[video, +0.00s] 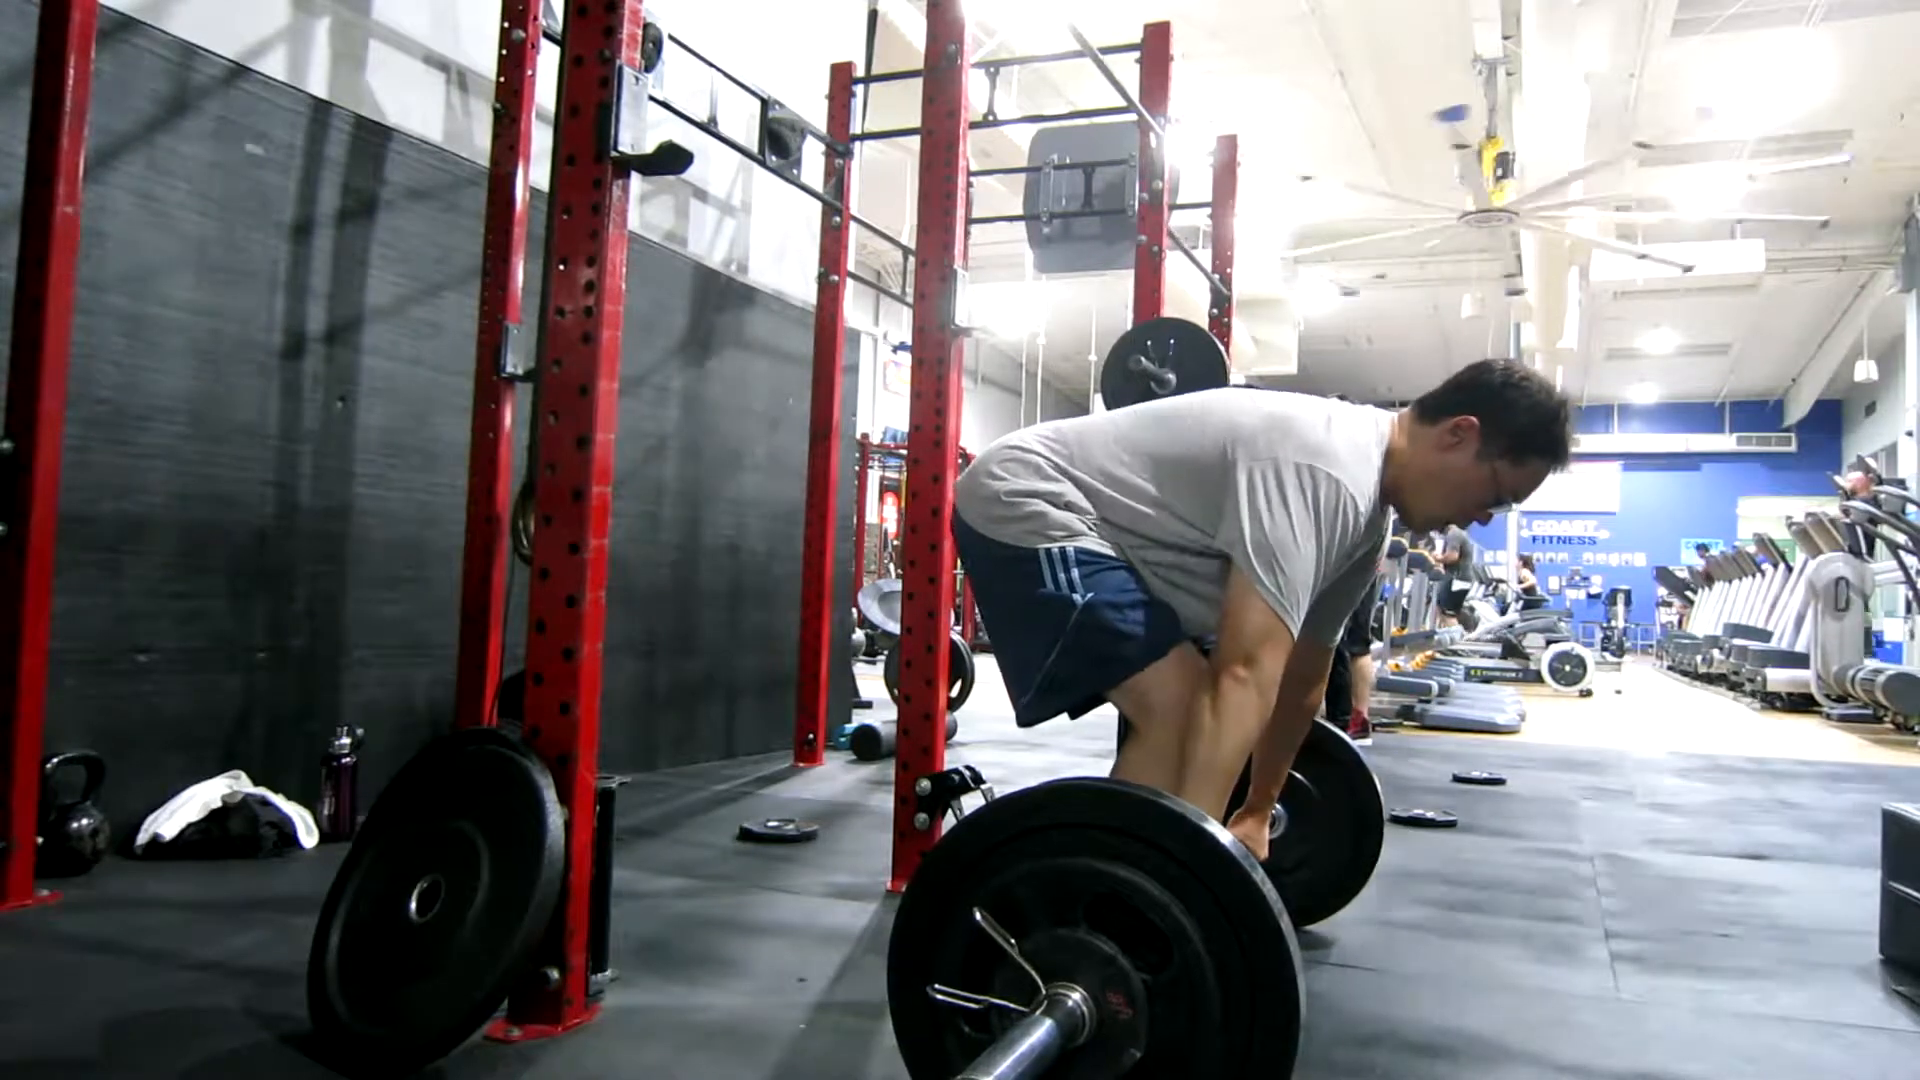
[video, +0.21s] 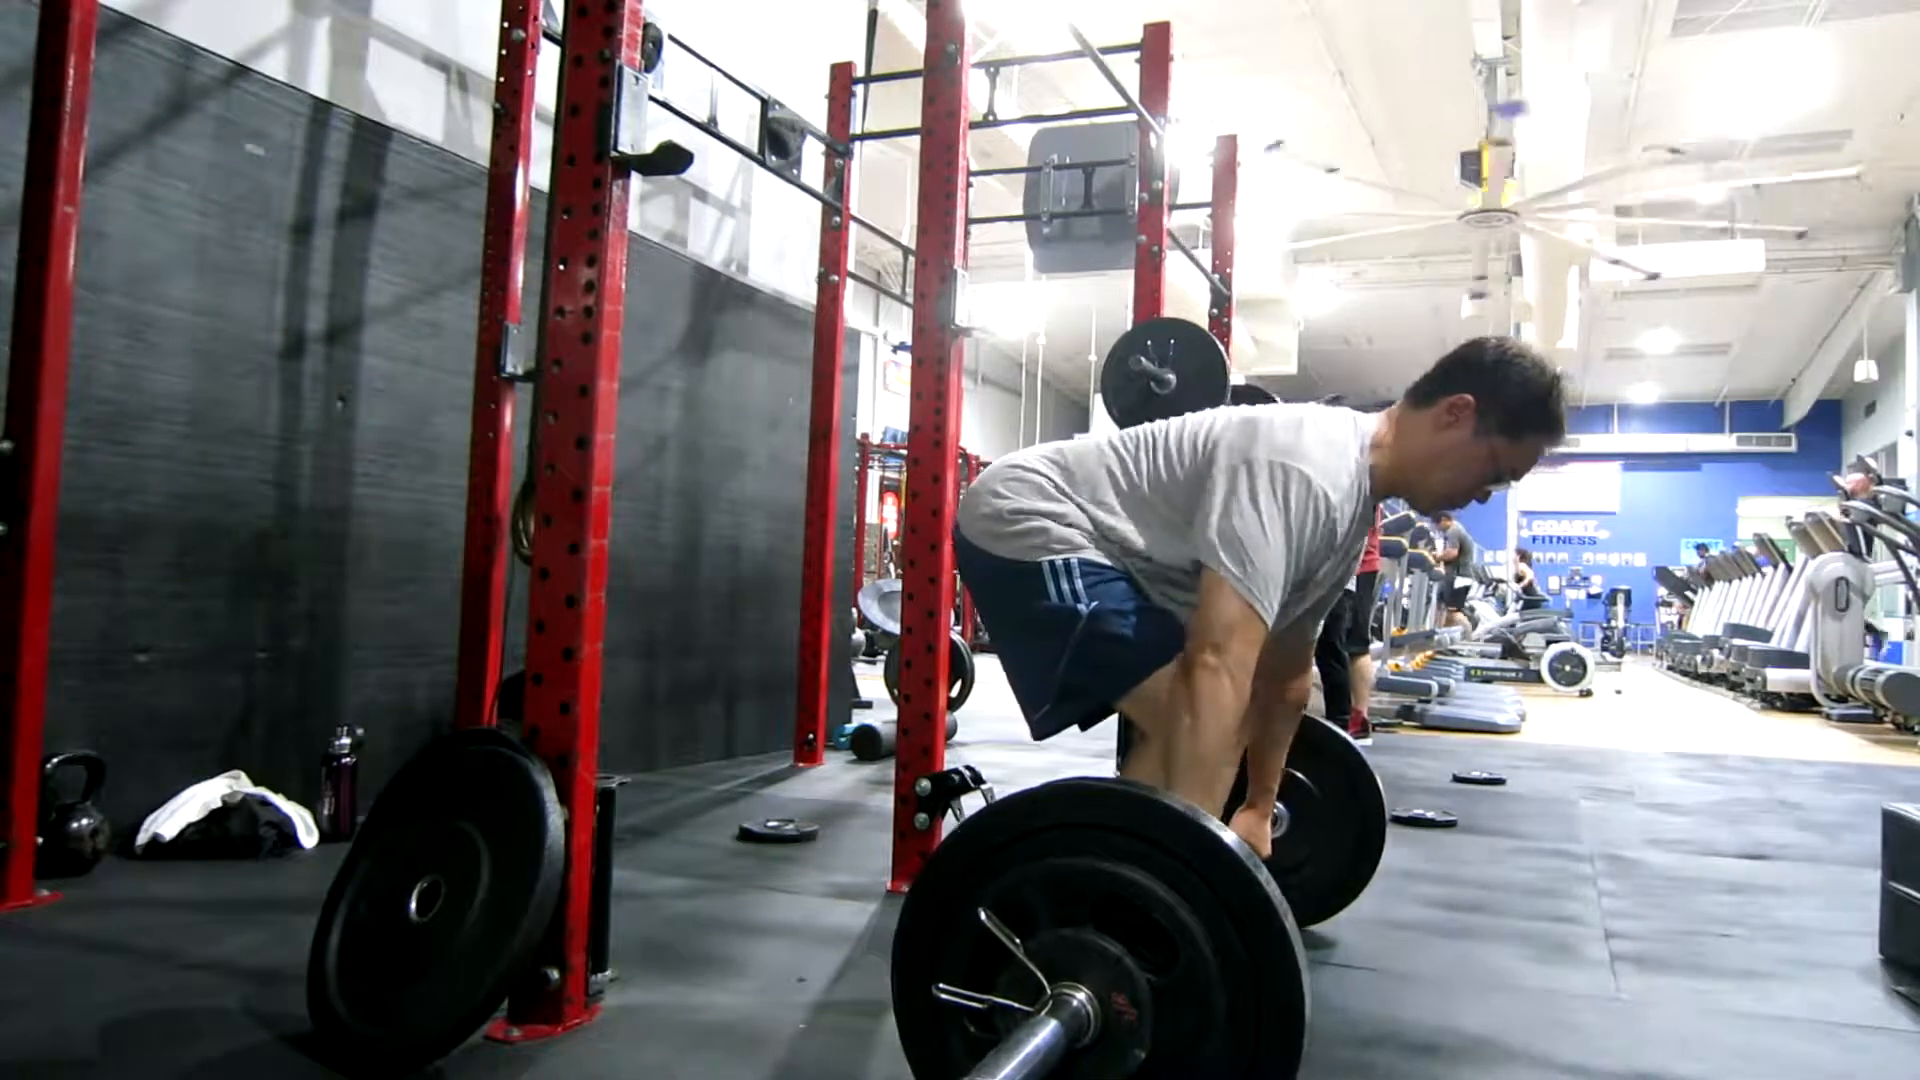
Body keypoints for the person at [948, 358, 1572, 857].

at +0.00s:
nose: (1480, 521)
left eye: (1498, 508)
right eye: (1494, 497)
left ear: (1459, 438)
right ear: (1460, 437)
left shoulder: (1368, 510)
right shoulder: (1321, 465)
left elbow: (1303, 677)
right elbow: (1241, 669)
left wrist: (1258, 811)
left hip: (1086, 518)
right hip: (1029, 497)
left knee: (1187, 706)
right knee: (1182, 699)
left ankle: (1106, 906)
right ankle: (1136, 904)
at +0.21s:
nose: (1485, 497)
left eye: (1503, 484)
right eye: (1498, 473)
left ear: (1457, 416)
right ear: (1458, 414)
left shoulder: (1349, 510)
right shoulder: (1301, 467)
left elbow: (1286, 672)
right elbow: (1214, 661)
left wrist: (1260, 805)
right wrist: (1180, 859)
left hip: (1093, 538)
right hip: (1032, 515)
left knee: (1175, 717)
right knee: (1191, 702)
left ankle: (1113, 896)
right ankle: (1152, 904)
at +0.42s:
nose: (1475, 493)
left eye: (1492, 479)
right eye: (1487, 469)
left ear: (1448, 412)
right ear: (1448, 411)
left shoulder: (1345, 501)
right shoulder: (1287, 468)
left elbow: (1283, 668)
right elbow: (1210, 664)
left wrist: (1260, 804)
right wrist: (1184, 860)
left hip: (1099, 555)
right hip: (1027, 533)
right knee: (1197, 711)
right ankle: (1154, 905)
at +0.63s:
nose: (1476, 473)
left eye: (1494, 459)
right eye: (1487, 448)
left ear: (1443, 391)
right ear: (1444, 391)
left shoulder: (1344, 484)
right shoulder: (1284, 441)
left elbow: (1279, 636)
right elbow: (1200, 629)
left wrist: (1262, 782)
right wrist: (1183, 832)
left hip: (1101, 533)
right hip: (1025, 504)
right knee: (1191, 692)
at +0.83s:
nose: (1474, 434)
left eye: (1493, 421)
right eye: (1486, 410)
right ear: (1449, 351)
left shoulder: (1340, 431)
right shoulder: (1301, 380)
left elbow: (1250, 562)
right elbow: (1174, 506)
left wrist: (1269, 706)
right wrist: (1196, 698)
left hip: (1106, 513)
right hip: (1035, 486)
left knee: (1174, 723)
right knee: (1096, 737)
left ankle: (1193, 941)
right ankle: (1096, 994)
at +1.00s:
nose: (1472, 371)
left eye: (1489, 358)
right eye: (1486, 346)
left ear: (1450, 286)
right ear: (1452, 284)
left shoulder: (1345, 358)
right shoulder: (1306, 300)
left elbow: (1231, 445)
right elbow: (1156, 380)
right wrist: (1211, 545)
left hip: (1105, 489)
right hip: (1037, 475)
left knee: (1196, 694)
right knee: (1137, 706)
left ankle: (1158, 925)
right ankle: (1101, 974)